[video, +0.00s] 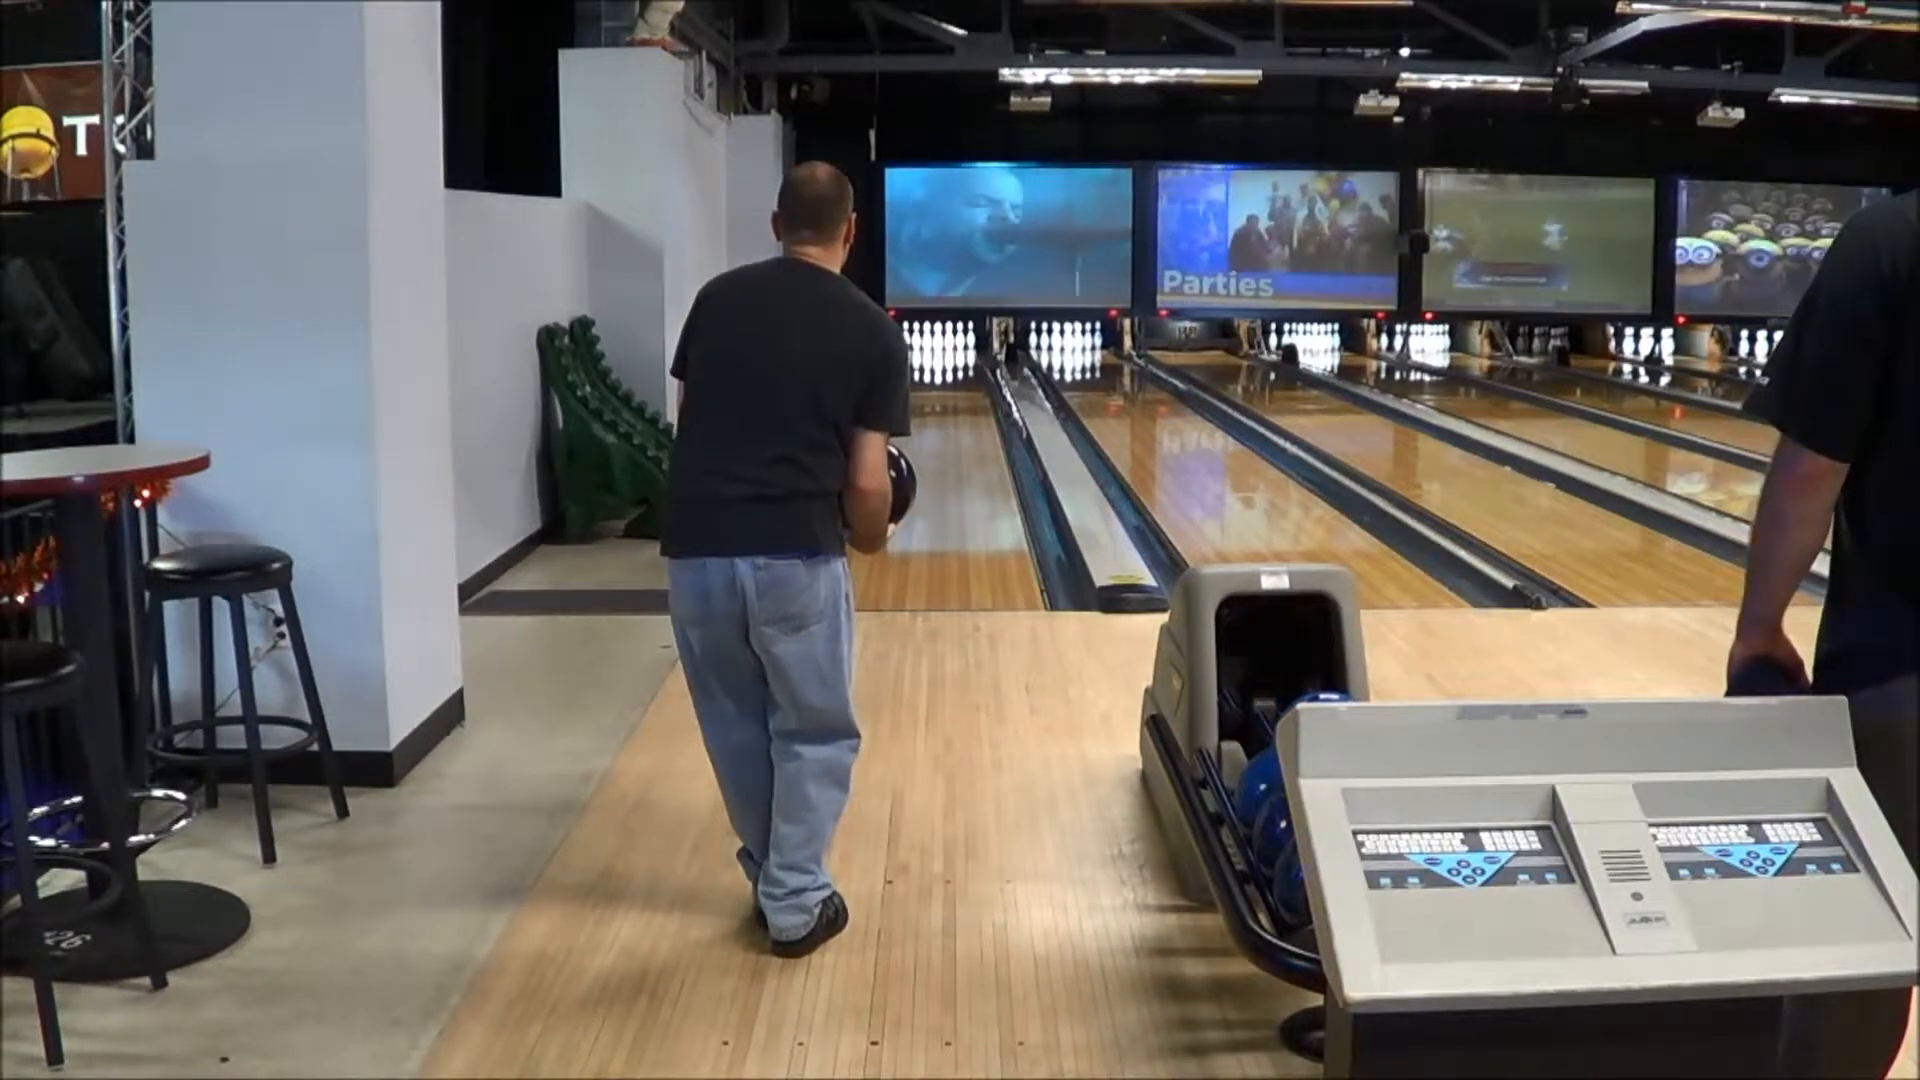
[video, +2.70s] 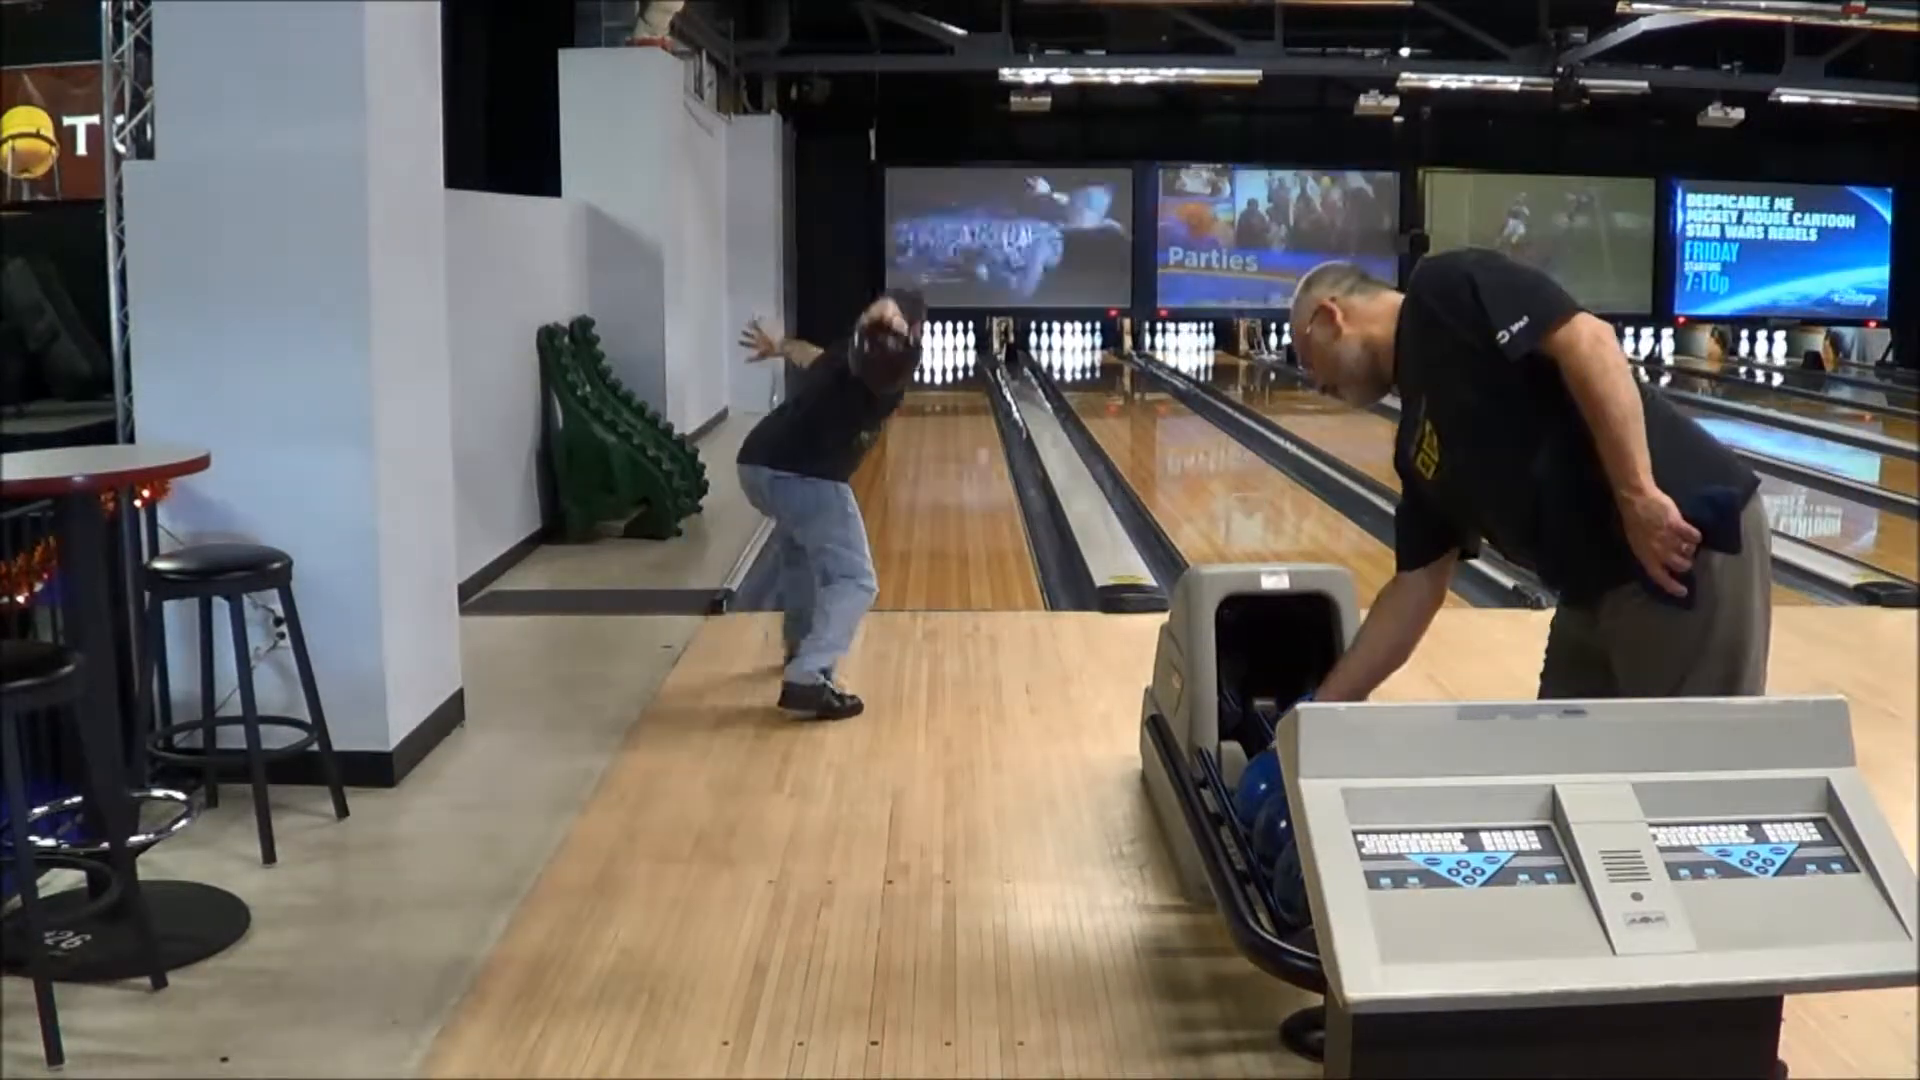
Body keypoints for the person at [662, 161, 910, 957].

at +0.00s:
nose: (850, 235)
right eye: (854, 224)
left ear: (775, 226)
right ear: (851, 229)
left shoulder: (717, 298)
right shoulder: (868, 328)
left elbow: (686, 421)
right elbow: (867, 485)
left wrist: (724, 486)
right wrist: (873, 538)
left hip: (695, 549)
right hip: (796, 551)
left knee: (733, 722)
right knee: (814, 731)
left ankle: (769, 869)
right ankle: (793, 903)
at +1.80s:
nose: (864, 270)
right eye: (865, 261)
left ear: (799, 258)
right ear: (861, 263)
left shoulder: (755, 303)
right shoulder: (869, 341)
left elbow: (749, 404)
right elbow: (862, 466)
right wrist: (854, 530)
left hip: (704, 496)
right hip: (782, 505)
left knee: (721, 635)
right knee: (794, 654)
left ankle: (751, 763)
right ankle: (779, 794)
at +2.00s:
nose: (864, 271)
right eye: (867, 262)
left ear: (804, 257)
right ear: (864, 262)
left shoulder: (764, 297)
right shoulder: (866, 320)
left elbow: (745, 395)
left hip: (701, 465)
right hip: (778, 473)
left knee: (722, 618)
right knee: (786, 625)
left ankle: (754, 744)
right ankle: (780, 770)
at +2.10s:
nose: (868, 271)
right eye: (869, 263)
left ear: (807, 260)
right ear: (865, 262)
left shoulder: (769, 297)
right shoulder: (861, 309)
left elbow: (723, 369)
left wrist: (682, 418)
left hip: (705, 457)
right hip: (778, 460)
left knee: (722, 613)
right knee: (794, 611)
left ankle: (755, 750)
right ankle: (780, 723)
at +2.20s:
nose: (876, 281)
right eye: (877, 273)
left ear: (813, 267)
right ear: (871, 271)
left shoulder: (777, 308)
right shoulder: (861, 306)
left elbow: (719, 361)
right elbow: (867, 356)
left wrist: (680, 391)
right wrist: (865, 425)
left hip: (710, 456)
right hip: (782, 457)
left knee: (730, 603)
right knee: (810, 593)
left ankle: (758, 750)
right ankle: (794, 710)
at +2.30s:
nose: (874, 291)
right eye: (877, 286)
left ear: (823, 279)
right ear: (876, 285)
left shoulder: (793, 318)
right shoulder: (859, 304)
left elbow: (752, 346)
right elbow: (873, 313)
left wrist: (715, 358)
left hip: (721, 456)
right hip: (792, 457)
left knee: (746, 599)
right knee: (827, 584)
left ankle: (762, 749)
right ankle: (821, 710)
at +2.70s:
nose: (918, 333)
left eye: (914, 328)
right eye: (919, 327)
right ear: (915, 328)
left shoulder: (846, 357)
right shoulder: (888, 361)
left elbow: (818, 357)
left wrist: (781, 346)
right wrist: (882, 318)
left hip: (761, 467)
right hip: (808, 477)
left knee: (803, 552)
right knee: (854, 580)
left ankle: (801, 647)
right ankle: (808, 678)